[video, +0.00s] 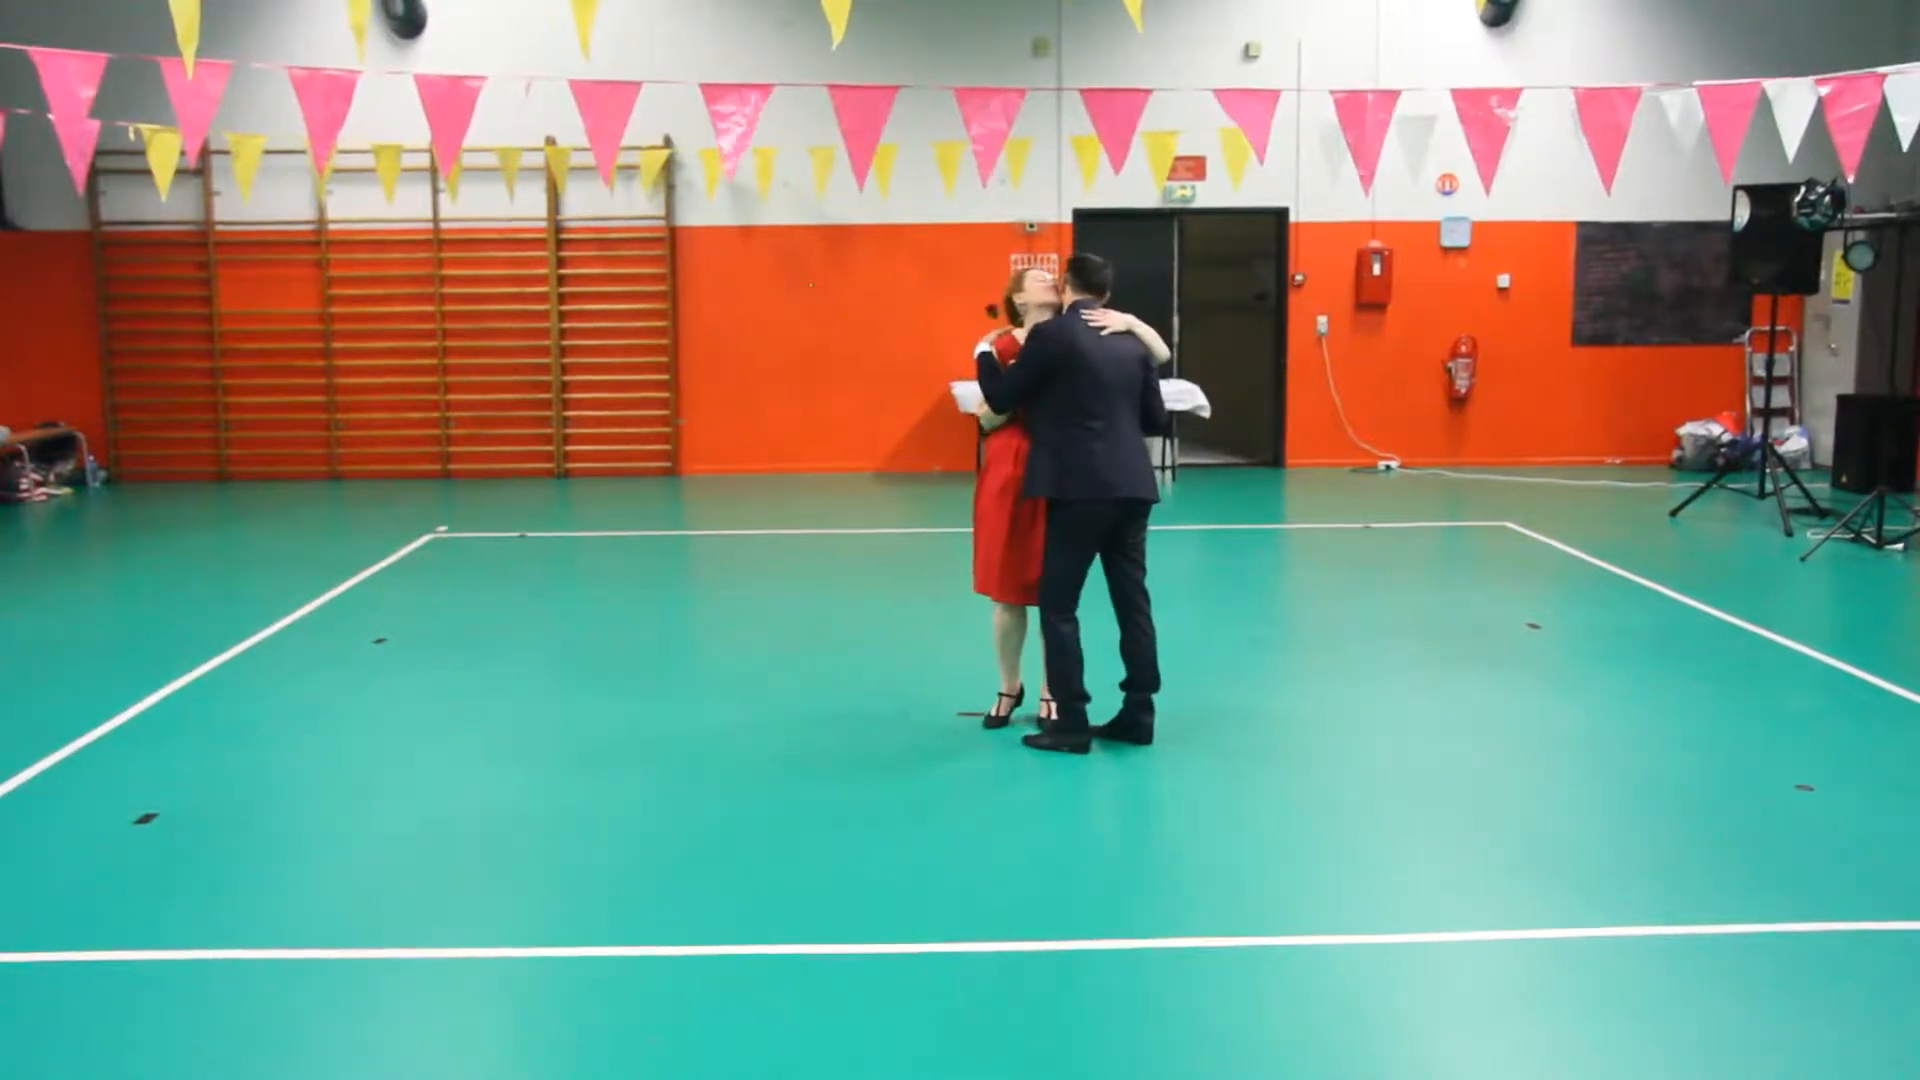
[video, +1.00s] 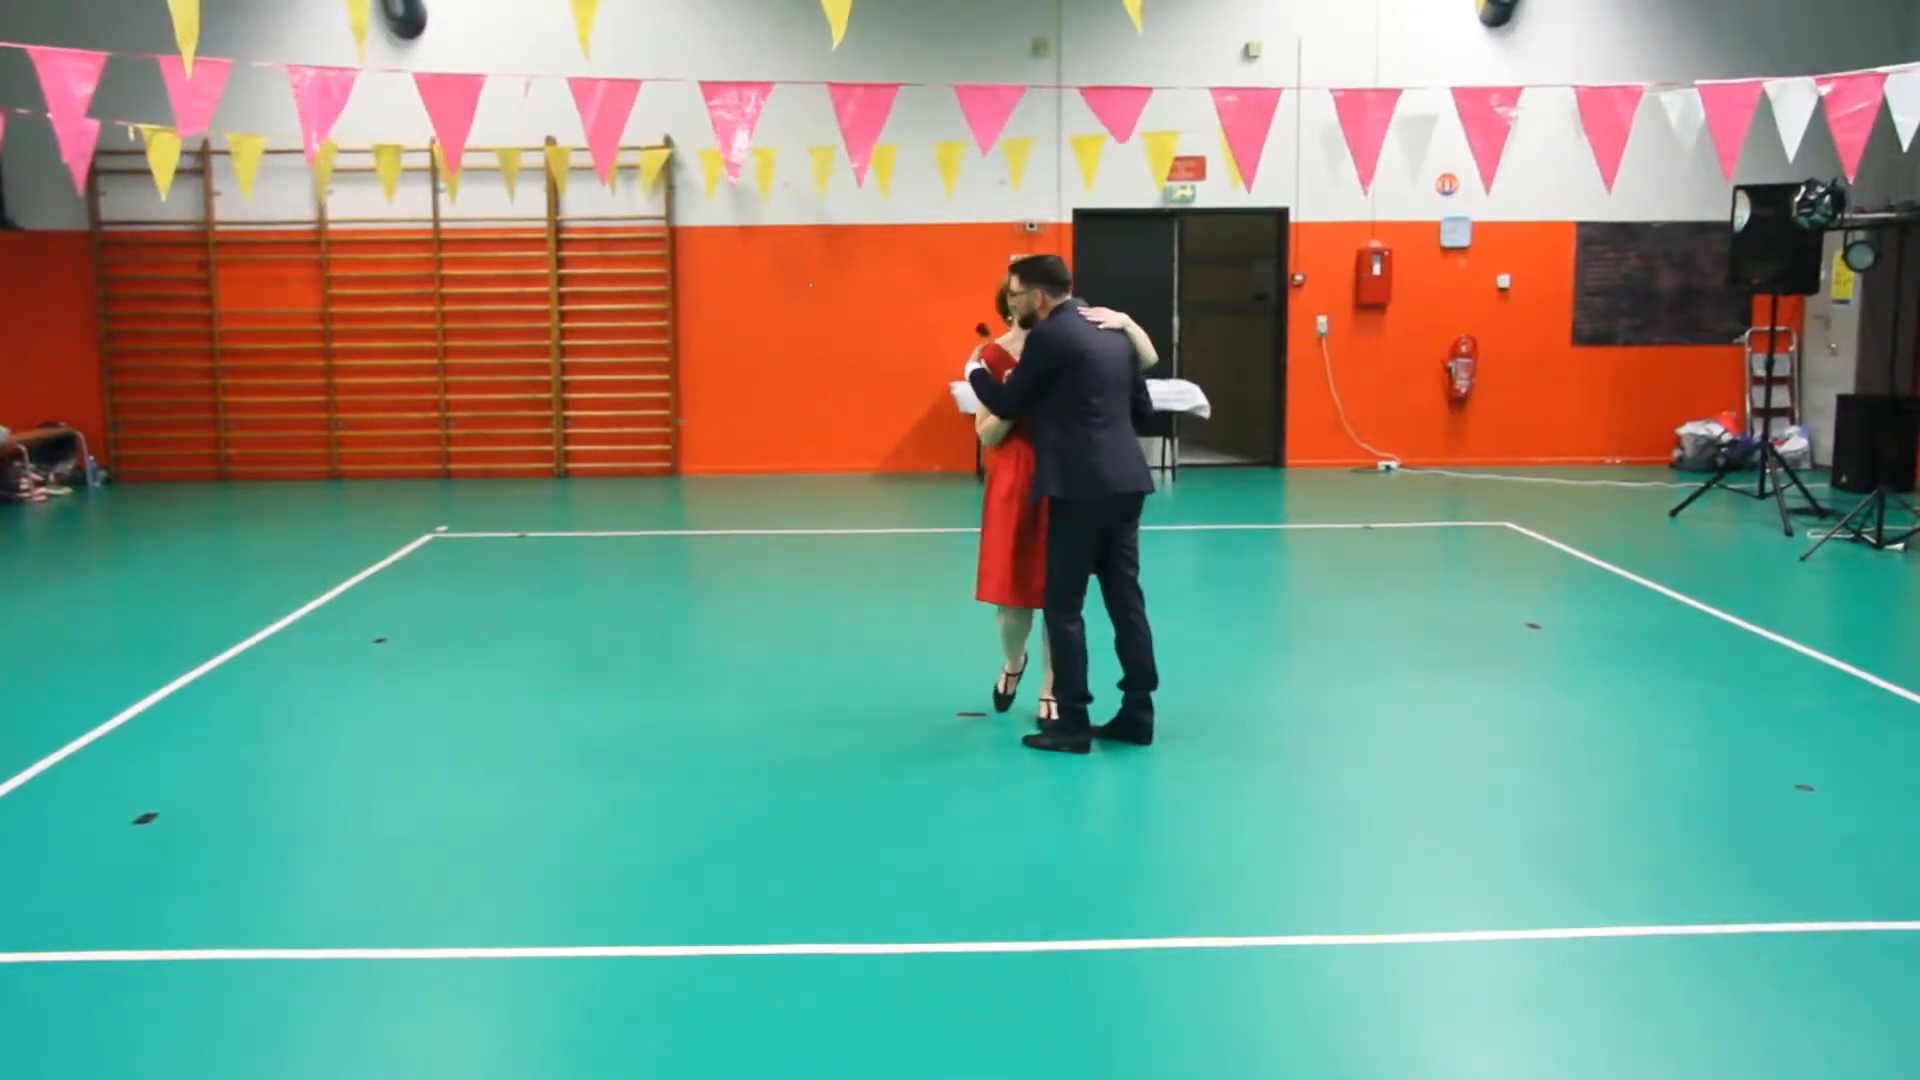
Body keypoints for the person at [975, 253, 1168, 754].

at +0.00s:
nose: (1051, 284)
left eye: (1054, 279)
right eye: (1043, 279)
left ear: (1067, 287)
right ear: (1107, 294)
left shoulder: (1054, 335)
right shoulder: (1132, 343)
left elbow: (999, 397)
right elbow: (1157, 421)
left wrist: (984, 352)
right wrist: (1107, 416)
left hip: (1077, 488)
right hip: (1133, 487)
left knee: (1057, 606)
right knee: (1133, 601)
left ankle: (1068, 722)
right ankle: (1139, 714)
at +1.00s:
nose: (1018, 305)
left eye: (1020, 296)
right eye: (1015, 297)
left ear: (1040, 294)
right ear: (1065, 292)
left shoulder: (1050, 337)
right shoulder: (1115, 333)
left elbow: (1005, 402)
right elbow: (1142, 413)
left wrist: (974, 370)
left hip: (1078, 484)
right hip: (1126, 480)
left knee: (1063, 606)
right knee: (1126, 599)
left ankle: (1070, 722)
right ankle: (1138, 714)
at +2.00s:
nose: (1034, 294)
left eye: (1037, 285)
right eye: (1030, 286)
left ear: (1048, 284)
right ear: (1090, 282)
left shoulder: (1056, 344)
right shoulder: (1122, 333)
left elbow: (1007, 406)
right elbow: (1122, 406)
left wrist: (975, 394)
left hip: (1068, 490)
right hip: (1110, 484)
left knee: (1065, 599)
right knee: (1069, 593)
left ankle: (1072, 723)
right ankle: (1105, 695)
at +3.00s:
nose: (1073, 291)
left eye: (1080, 282)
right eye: (1073, 283)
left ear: (1109, 283)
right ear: (1097, 285)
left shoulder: (1152, 336)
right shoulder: (1096, 335)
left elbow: (1173, 420)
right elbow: (1095, 410)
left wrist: (1167, 499)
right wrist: (1050, 456)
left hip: (1146, 494)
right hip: (1121, 490)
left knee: (1116, 607)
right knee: (1155, 608)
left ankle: (1086, 723)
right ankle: (1164, 712)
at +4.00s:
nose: (1207, 291)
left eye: (1217, 281)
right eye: (1198, 282)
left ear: (1240, 285)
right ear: (1188, 289)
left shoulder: (1270, 341)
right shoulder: (1181, 340)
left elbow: (1292, 424)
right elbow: (1163, 405)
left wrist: (1291, 501)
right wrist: (1114, 448)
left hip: (1253, 492)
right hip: (1199, 490)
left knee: (1268, 610)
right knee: (1187, 607)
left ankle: (1270, 716)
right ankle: (1164, 713)